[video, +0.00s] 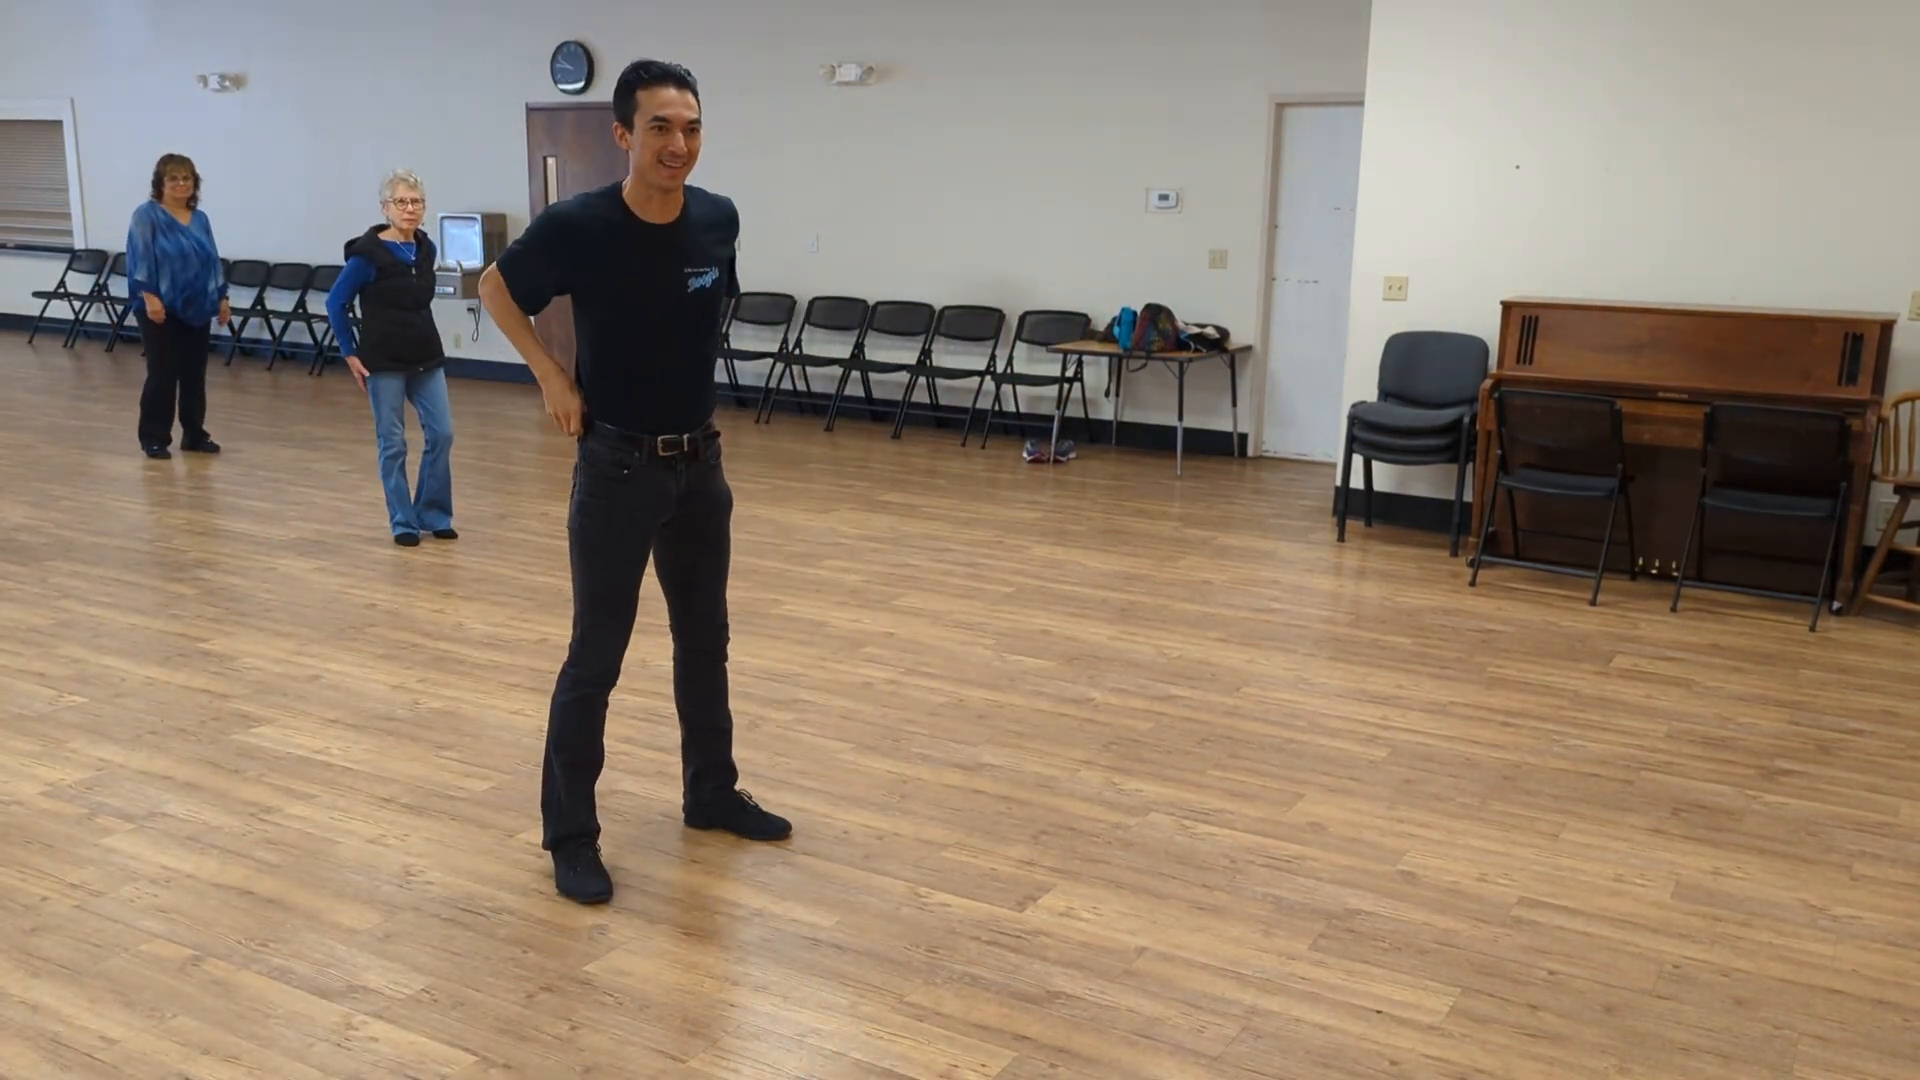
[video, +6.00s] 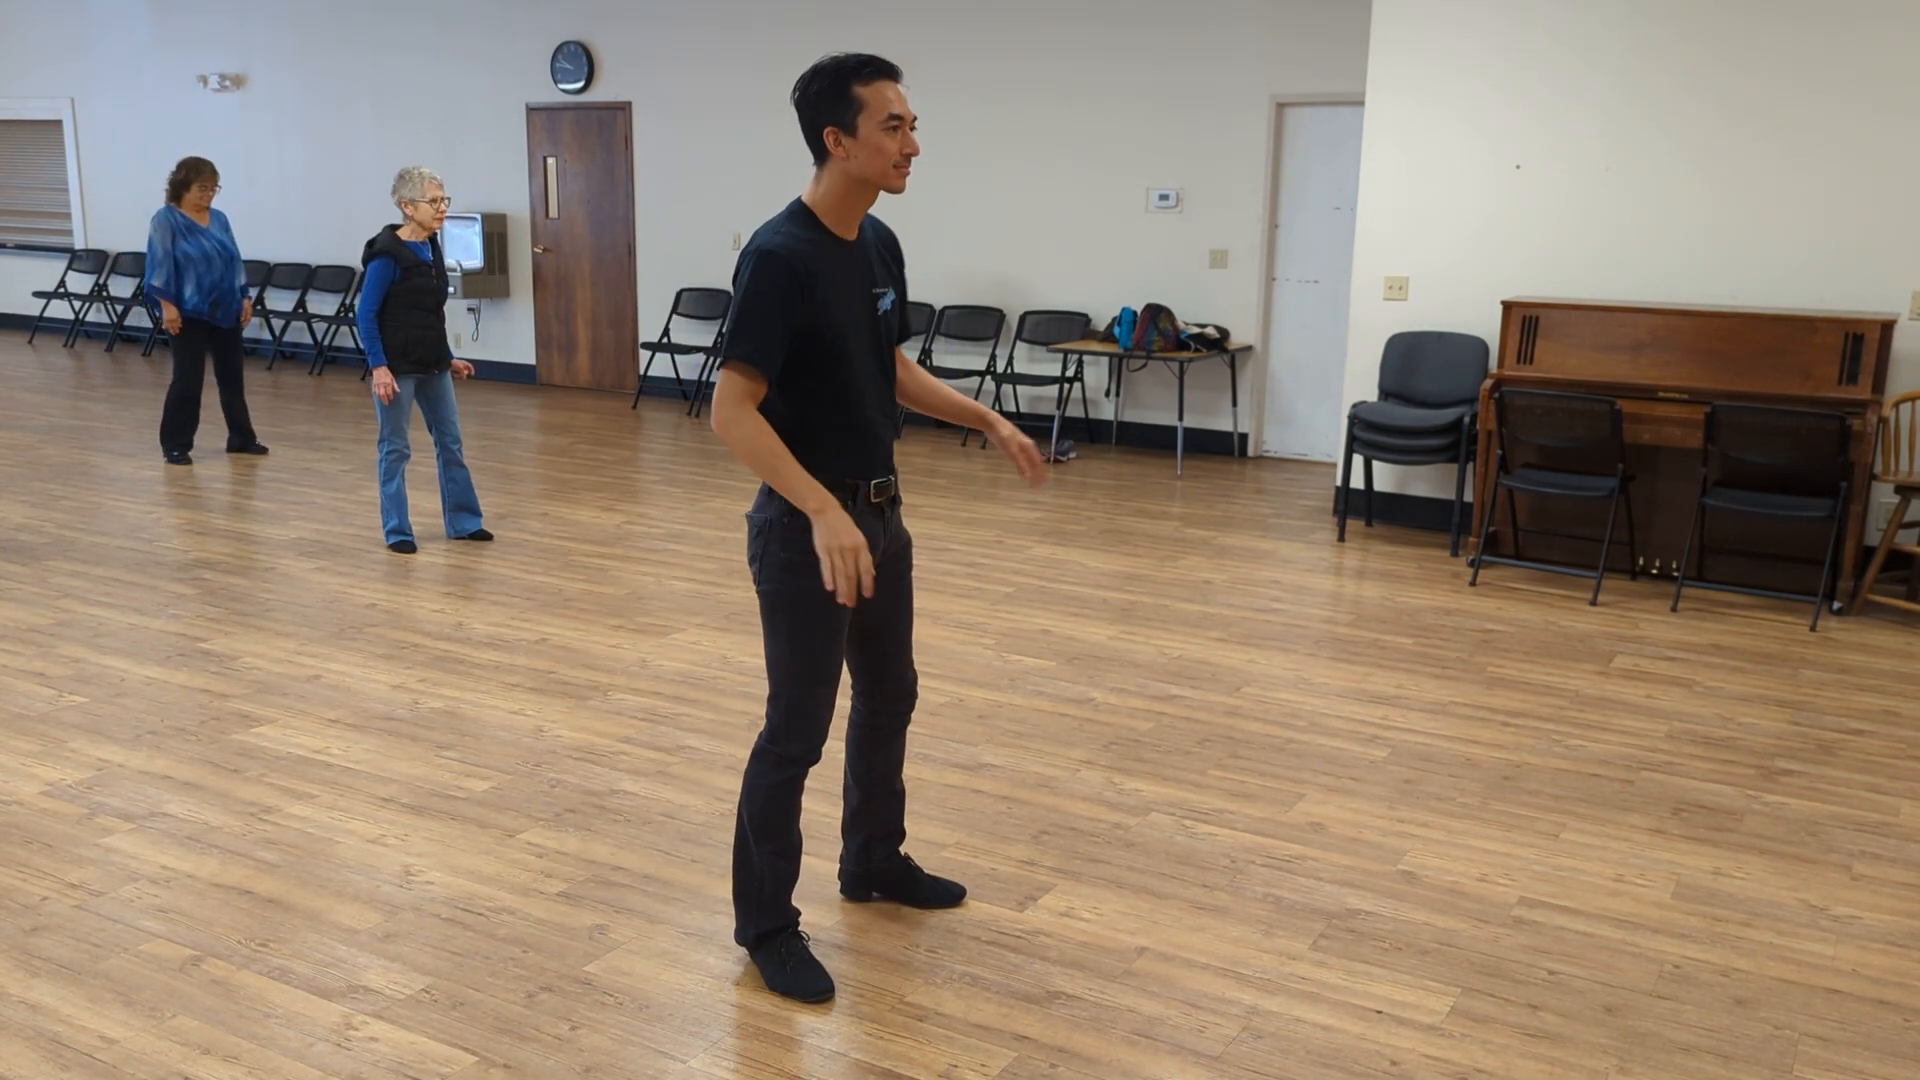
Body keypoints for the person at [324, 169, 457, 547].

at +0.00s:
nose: (410, 209)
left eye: (416, 202)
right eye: (401, 202)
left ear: (424, 207)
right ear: (386, 207)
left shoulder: (426, 249)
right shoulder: (370, 253)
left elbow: (417, 300)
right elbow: (335, 302)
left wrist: (421, 339)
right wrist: (350, 353)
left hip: (425, 358)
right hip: (383, 362)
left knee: (441, 434)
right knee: (393, 443)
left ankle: (434, 515)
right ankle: (403, 523)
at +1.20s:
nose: (441, 208)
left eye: (446, 201)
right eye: (432, 201)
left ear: (454, 206)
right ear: (416, 206)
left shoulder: (457, 247)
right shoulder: (401, 251)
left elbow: (459, 303)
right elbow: (373, 307)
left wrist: (476, 348)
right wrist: (385, 355)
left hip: (461, 358)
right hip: (417, 360)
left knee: (456, 441)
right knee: (416, 444)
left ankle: (456, 518)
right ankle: (406, 524)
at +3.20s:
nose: (424, 208)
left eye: (429, 201)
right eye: (415, 202)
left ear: (435, 205)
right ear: (397, 206)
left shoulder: (435, 247)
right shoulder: (382, 253)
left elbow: (436, 306)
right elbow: (353, 310)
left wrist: (454, 349)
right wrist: (370, 359)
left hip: (440, 359)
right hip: (397, 363)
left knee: (455, 439)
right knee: (403, 447)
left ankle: (464, 521)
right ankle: (409, 526)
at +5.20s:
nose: (461, 223)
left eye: (465, 217)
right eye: (456, 215)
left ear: (465, 215)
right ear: (429, 206)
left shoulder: (450, 250)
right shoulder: (398, 251)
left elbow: (453, 310)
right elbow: (376, 313)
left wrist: (482, 353)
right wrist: (385, 363)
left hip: (453, 363)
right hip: (411, 365)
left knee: (458, 445)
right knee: (409, 448)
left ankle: (463, 521)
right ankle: (399, 530)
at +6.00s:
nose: (443, 208)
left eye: (444, 201)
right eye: (434, 202)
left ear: (440, 204)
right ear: (408, 207)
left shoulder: (431, 248)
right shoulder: (387, 254)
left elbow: (429, 314)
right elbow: (365, 313)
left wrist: (448, 358)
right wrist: (378, 366)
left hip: (433, 364)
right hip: (395, 367)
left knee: (450, 443)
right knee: (395, 449)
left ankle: (463, 522)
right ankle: (397, 531)